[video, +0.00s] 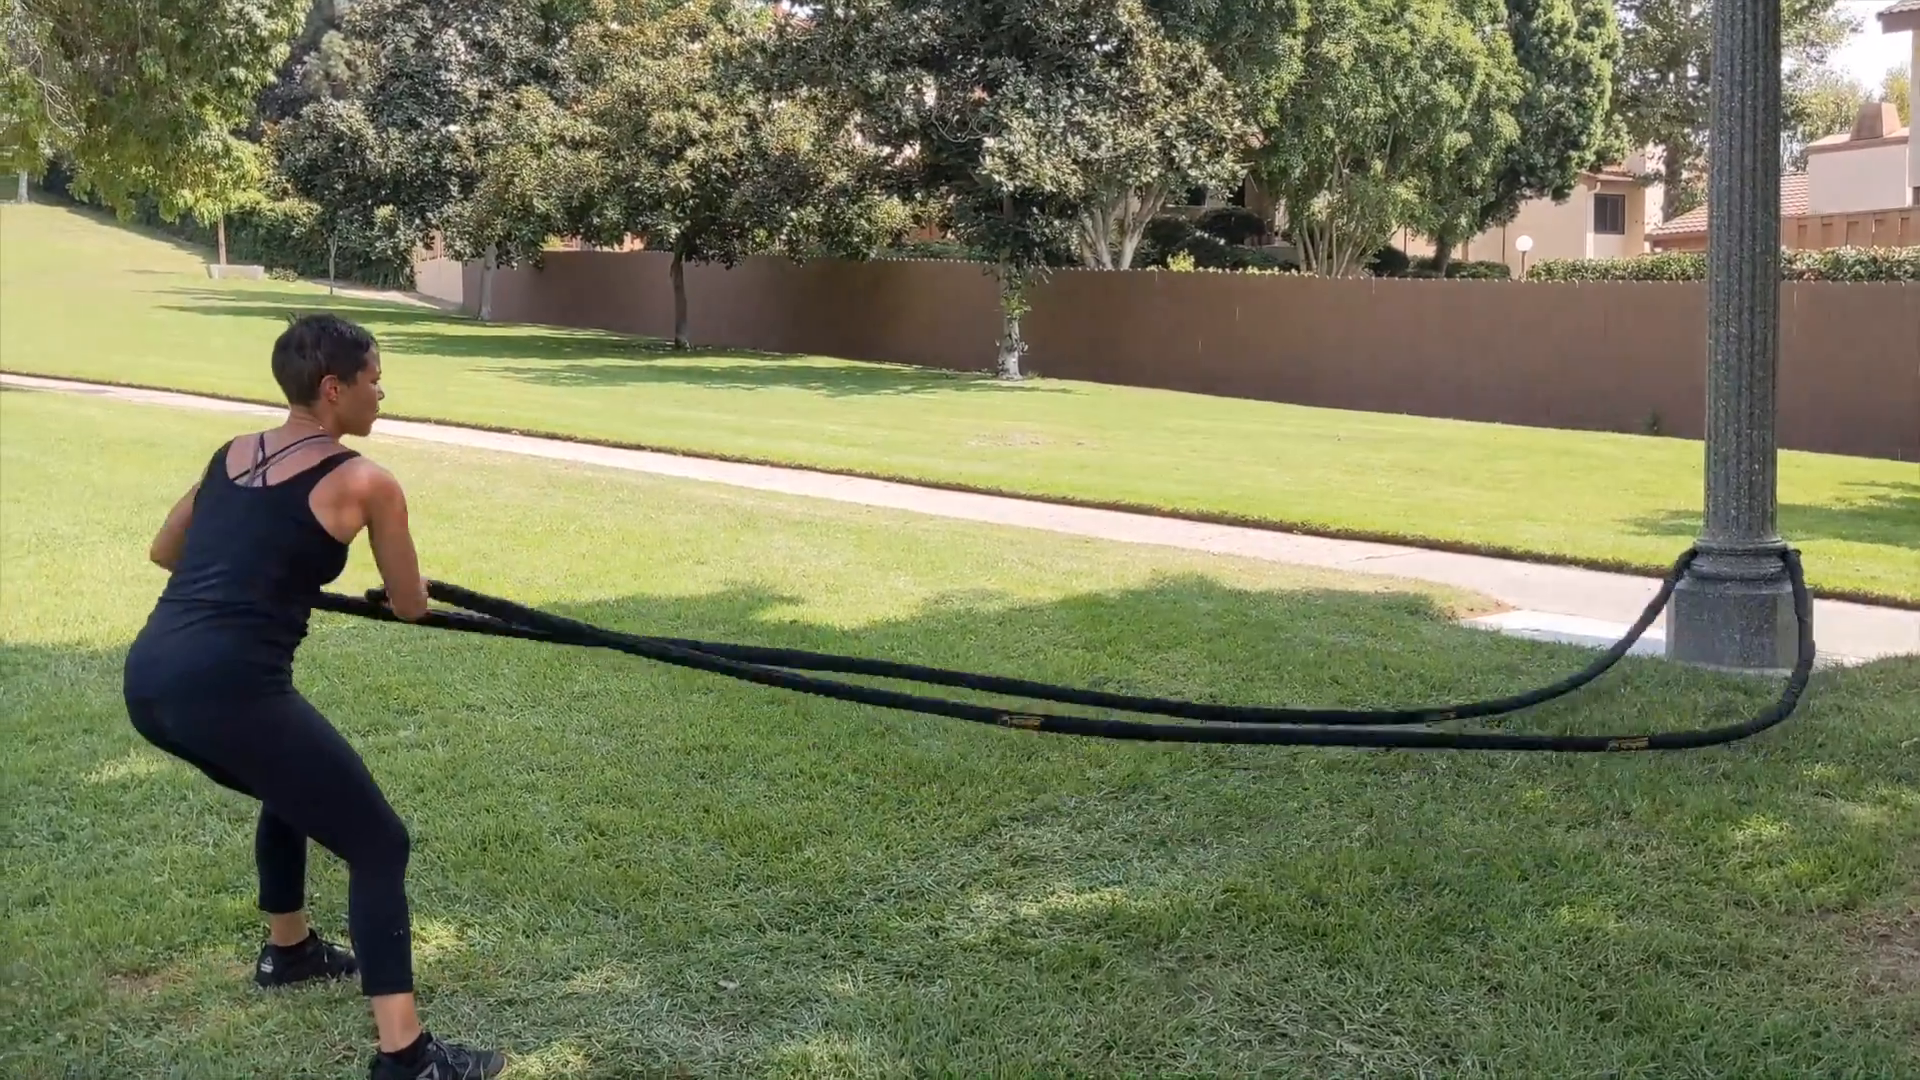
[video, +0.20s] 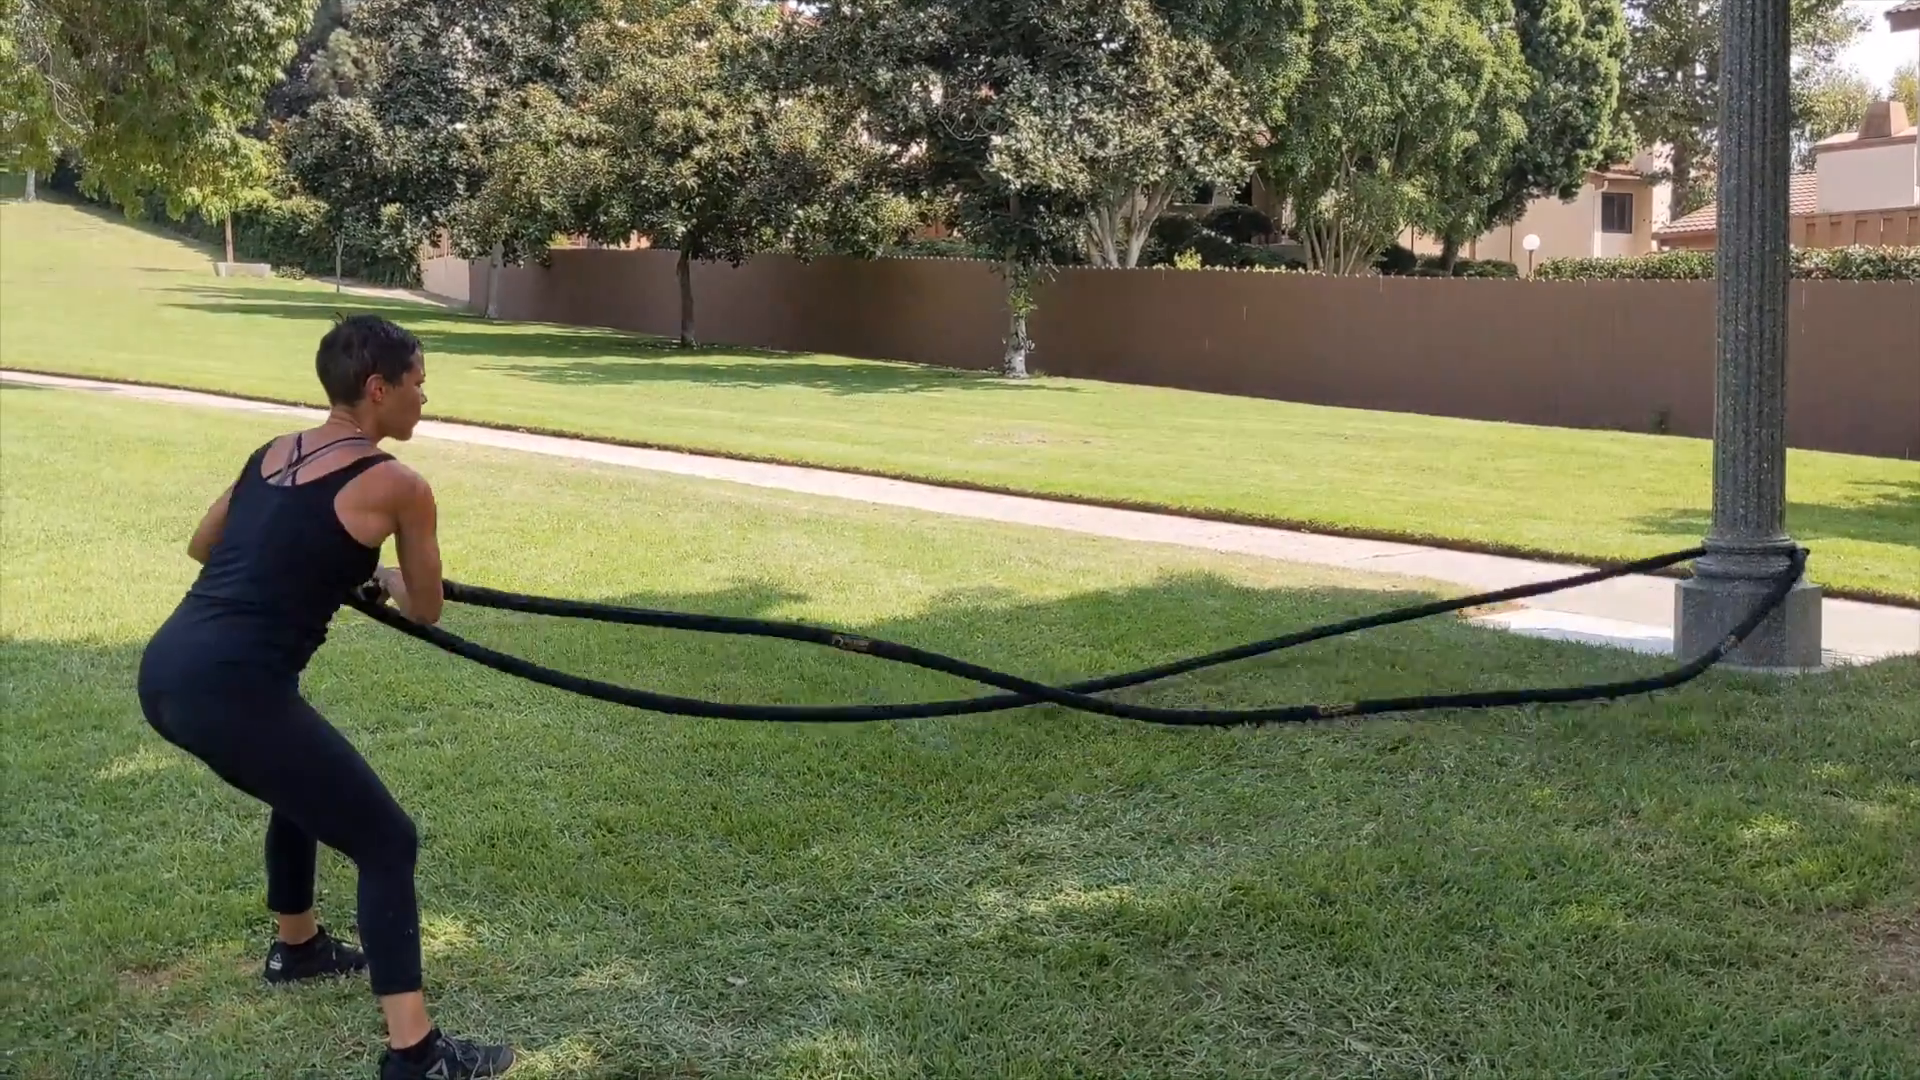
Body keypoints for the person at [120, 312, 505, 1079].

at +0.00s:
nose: (381, 396)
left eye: (379, 381)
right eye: (373, 382)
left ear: (304, 388)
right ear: (330, 389)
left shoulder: (237, 451)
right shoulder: (366, 481)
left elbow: (166, 547)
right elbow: (408, 599)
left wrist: (262, 552)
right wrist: (414, 603)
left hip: (152, 683)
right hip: (234, 691)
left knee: (289, 787)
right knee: (379, 841)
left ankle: (288, 949)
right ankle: (402, 1047)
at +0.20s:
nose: (424, 396)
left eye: (422, 381)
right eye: (416, 381)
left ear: (351, 388)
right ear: (376, 386)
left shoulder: (278, 447)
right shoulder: (399, 485)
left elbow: (205, 544)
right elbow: (425, 607)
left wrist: (306, 560)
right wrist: (377, 580)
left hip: (167, 675)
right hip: (237, 690)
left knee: (301, 786)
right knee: (386, 836)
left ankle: (297, 946)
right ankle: (413, 1046)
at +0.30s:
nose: (431, 397)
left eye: (429, 382)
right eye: (423, 382)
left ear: (358, 389)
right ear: (385, 387)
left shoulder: (300, 455)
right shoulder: (396, 484)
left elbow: (308, 565)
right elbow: (438, 617)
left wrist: (392, 592)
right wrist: (451, 604)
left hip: (172, 680)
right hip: (233, 700)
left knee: (302, 786)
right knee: (389, 838)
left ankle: (299, 946)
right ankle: (416, 1047)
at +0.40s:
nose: (441, 397)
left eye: (438, 382)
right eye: (432, 382)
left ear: (376, 392)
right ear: (393, 389)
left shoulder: (332, 471)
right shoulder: (387, 483)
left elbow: (413, 611)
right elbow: (458, 611)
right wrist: (522, 610)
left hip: (188, 686)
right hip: (225, 705)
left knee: (319, 793)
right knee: (391, 841)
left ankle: (299, 948)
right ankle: (417, 1047)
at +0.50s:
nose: (457, 399)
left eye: (454, 383)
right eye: (448, 384)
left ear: (394, 397)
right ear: (405, 394)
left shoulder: (358, 481)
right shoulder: (393, 487)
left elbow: (428, 629)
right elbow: (472, 615)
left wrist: (529, 653)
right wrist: (559, 622)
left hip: (211, 686)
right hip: (228, 703)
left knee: (327, 797)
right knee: (392, 840)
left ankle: (301, 949)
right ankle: (418, 1047)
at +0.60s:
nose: (472, 404)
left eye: (470, 388)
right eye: (464, 388)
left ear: (411, 396)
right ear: (421, 394)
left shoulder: (367, 480)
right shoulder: (392, 493)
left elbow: (436, 631)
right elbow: (448, 623)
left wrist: (541, 650)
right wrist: (563, 641)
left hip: (218, 678)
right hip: (233, 697)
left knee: (329, 800)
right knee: (388, 841)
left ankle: (300, 947)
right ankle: (417, 1047)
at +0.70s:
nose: (477, 404)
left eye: (476, 388)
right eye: (470, 388)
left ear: (415, 394)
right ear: (426, 393)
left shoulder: (371, 476)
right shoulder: (389, 490)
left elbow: (428, 625)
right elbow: (436, 616)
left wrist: (512, 641)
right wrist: (570, 630)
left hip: (224, 673)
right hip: (234, 695)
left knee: (332, 796)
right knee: (389, 839)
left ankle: (298, 946)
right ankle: (415, 1047)